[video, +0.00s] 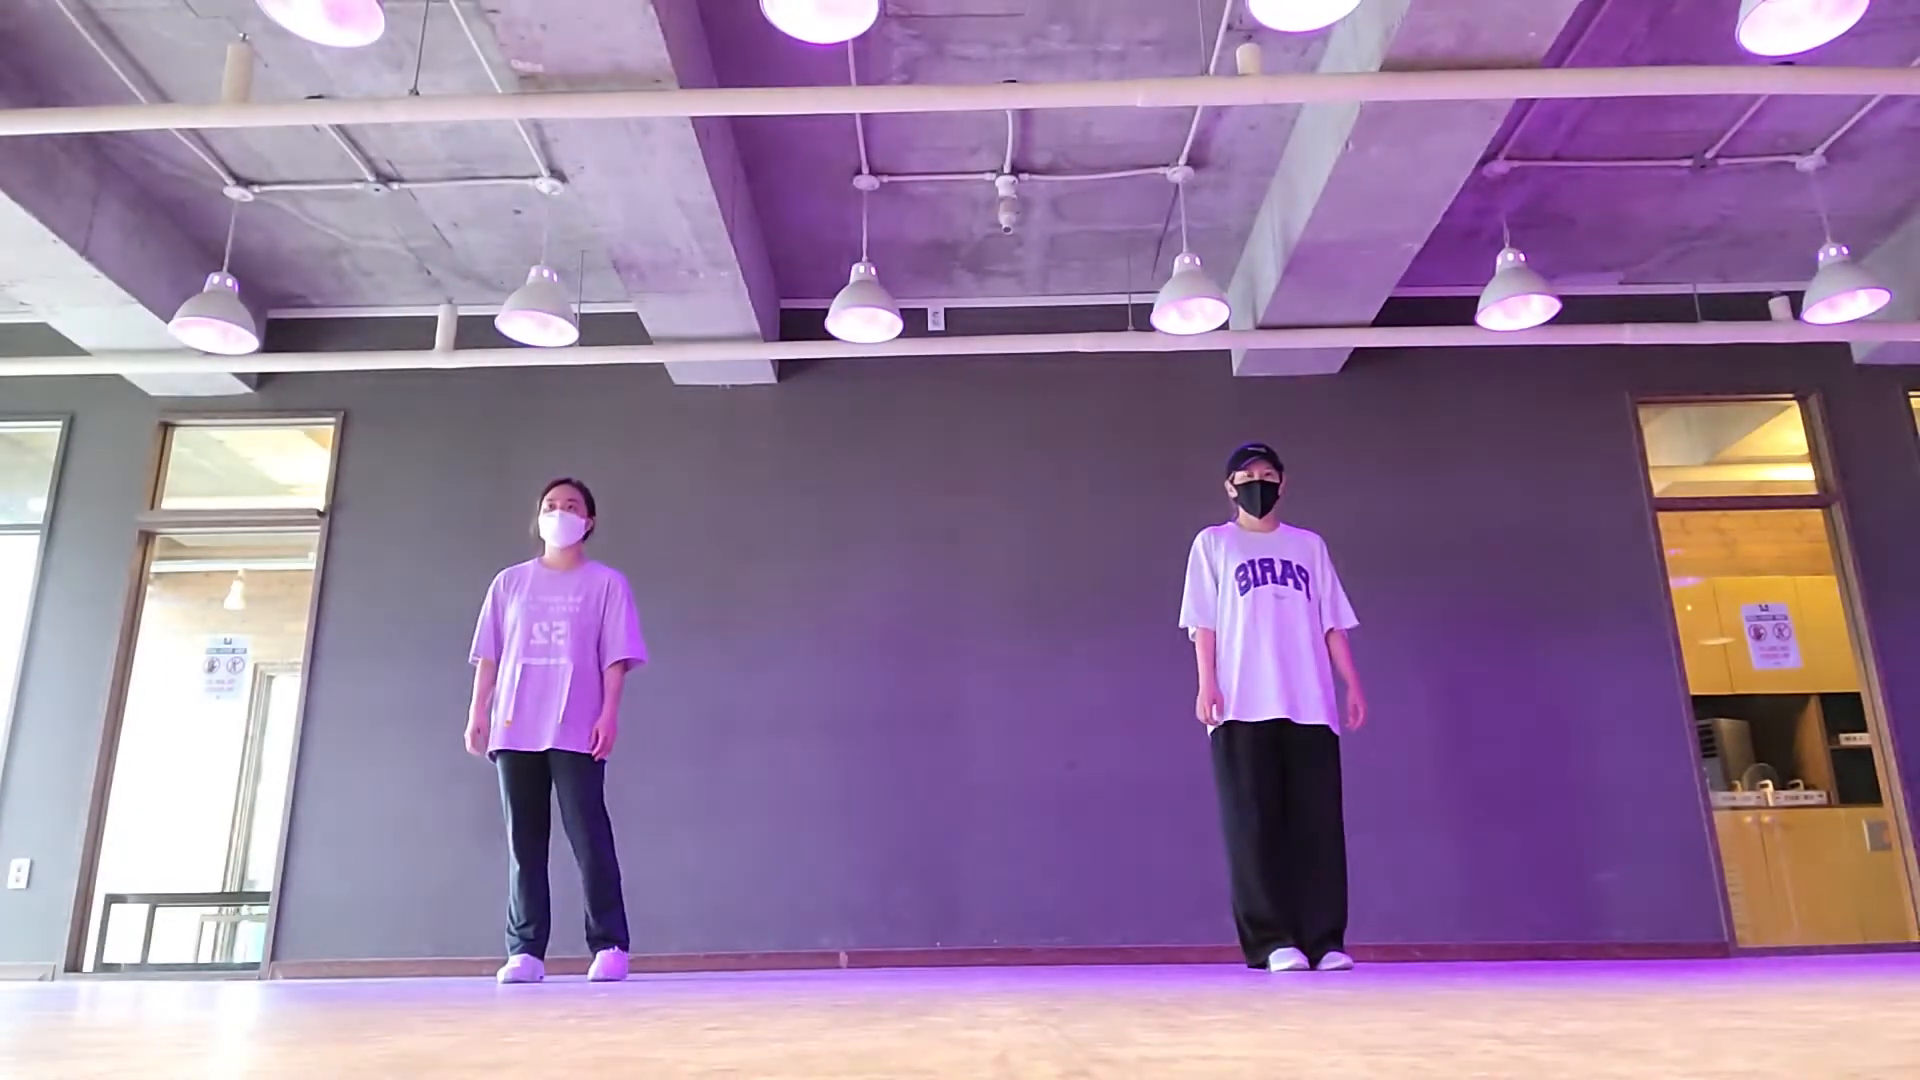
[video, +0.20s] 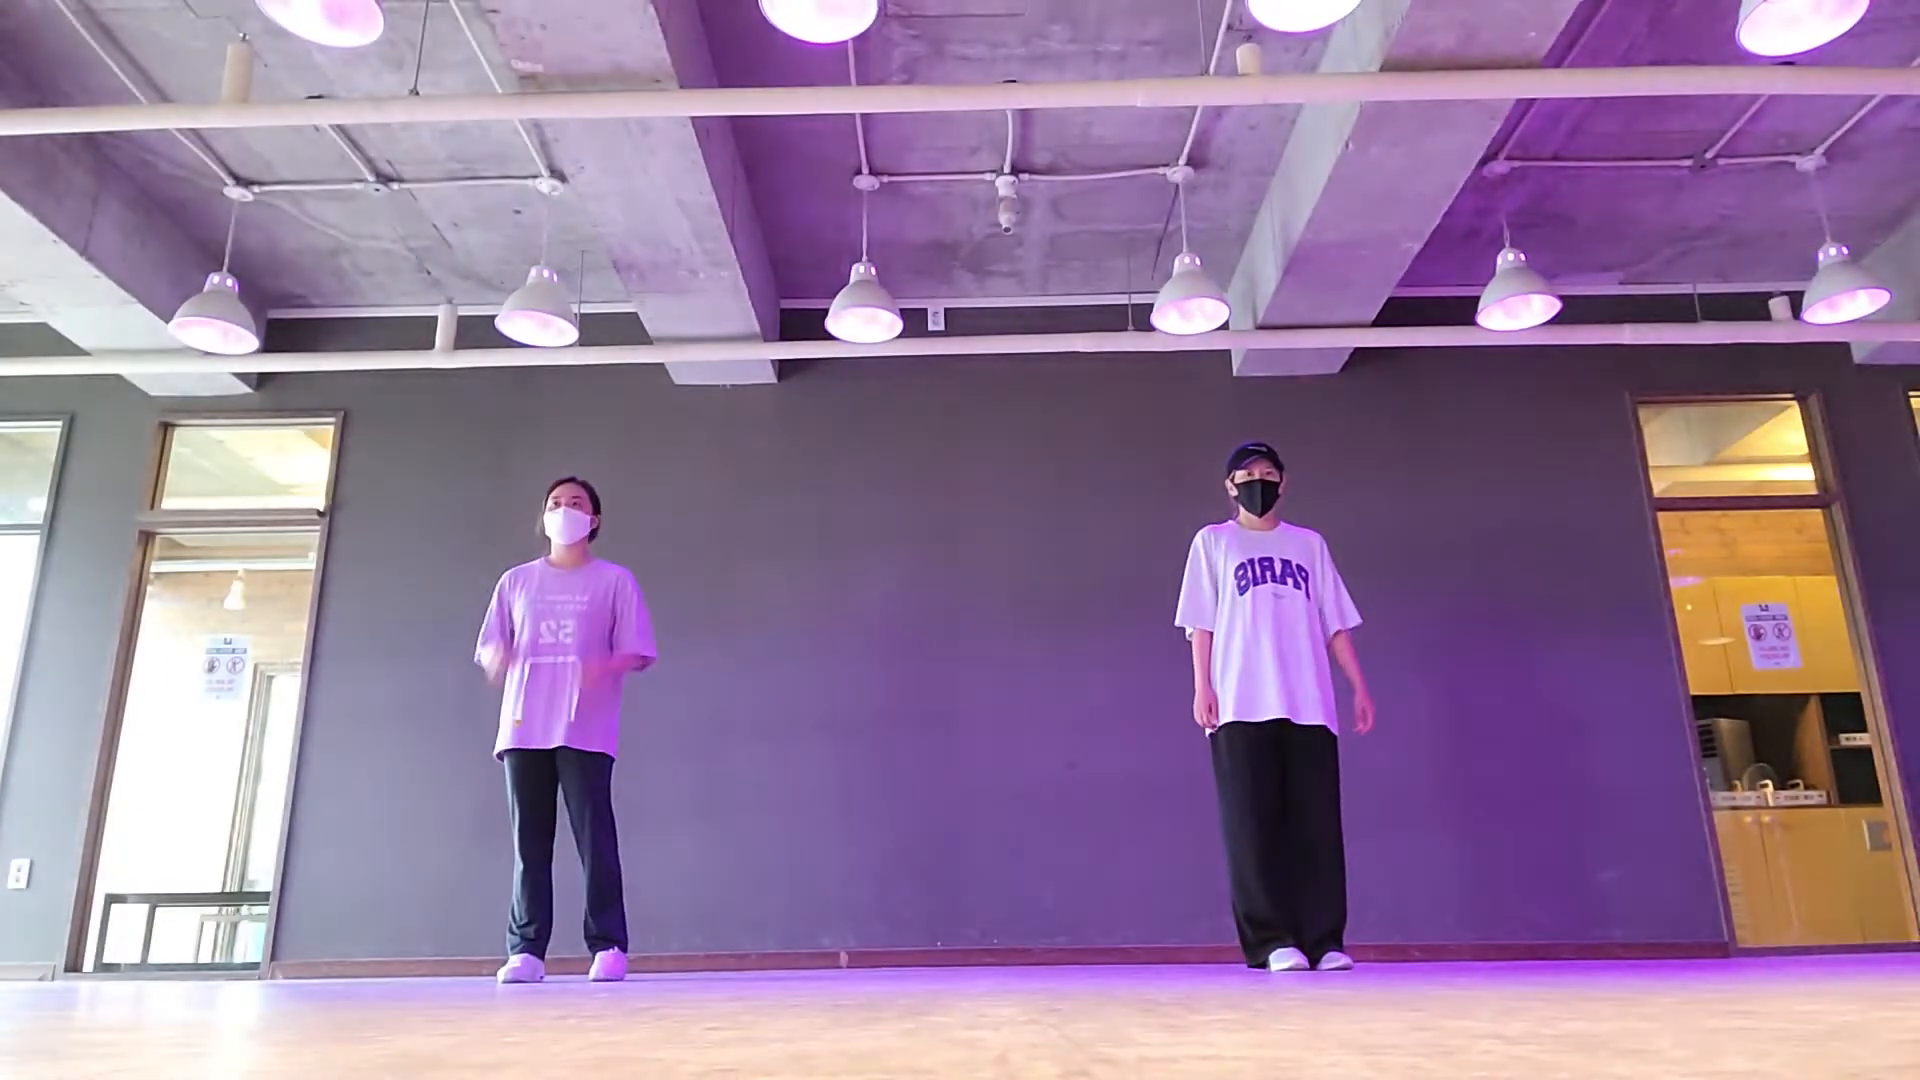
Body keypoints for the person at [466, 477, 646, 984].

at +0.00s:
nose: (560, 513)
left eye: (571, 507)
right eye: (551, 507)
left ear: (588, 523)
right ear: (537, 522)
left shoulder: (607, 583)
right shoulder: (508, 582)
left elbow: (616, 658)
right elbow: (487, 656)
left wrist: (609, 714)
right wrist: (478, 712)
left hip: (575, 728)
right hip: (514, 728)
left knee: (588, 838)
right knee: (524, 844)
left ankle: (610, 947)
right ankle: (524, 952)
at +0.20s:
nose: (566, 511)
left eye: (577, 505)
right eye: (557, 504)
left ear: (594, 522)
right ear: (543, 520)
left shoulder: (616, 581)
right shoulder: (514, 581)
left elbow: (638, 653)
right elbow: (490, 651)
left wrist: (604, 666)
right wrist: (497, 657)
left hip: (586, 729)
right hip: (524, 728)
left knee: (595, 841)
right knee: (529, 845)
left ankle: (609, 949)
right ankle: (525, 953)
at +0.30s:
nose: (569, 510)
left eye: (581, 504)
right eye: (560, 504)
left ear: (598, 522)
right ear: (547, 521)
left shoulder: (621, 580)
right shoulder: (521, 580)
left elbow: (645, 651)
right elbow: (485, 650)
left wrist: (606, 615)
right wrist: (512, 608)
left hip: (591, 728)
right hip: (529, 727)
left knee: (597, 840)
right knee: (531, 844)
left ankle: (609, 949)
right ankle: (525, 953)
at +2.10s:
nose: (593, 511)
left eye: (604, 505)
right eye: (584, 505)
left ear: (620, 522)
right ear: (570, 520)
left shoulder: (635, 576)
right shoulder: (543, 577)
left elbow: (670, 617)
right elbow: (490, 610)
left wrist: (663, 565)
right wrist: (516, 555)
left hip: (612, 721)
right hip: (548, 721)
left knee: (611, 837)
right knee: (543, 837)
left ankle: (610, 949)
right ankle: (527, 951)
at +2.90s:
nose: (573, 511)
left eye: (586, 503)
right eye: (569, 504)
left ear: (611, 519)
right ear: (562, 518)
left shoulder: (633, 574)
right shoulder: (543, 581)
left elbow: (676, 633)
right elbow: (499, 641)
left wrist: (657, 583)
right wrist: (478, 601)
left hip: (609, 723)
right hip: (547, 723)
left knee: (609, 839)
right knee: (542, 841)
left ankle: (610, 949)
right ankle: (527, 951)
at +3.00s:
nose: (573, 510)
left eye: (585, 503)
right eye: (569, 503)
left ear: (611, 518)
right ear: (561, 518)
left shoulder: (636, 576)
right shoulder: (540, 582)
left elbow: (674, 645)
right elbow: (518, 652)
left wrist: (639, 636)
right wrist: (494, 655)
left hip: (607, 725)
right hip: (546, 725)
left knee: (608, 840)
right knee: (541, 841)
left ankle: (610, 949)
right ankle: (527, 952)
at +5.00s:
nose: (556, 515)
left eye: (568, 508)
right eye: (553, 508)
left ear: (597, 518)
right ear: (547, 520)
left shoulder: (628, 572)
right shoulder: (535, 582)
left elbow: (654, 648)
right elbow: (538, 660)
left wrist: (650, 712)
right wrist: (534, 718)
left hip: (602, 721)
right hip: (542, 724)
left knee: (604, 838)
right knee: (538, 840)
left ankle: (609, 948)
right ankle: (527, 950)